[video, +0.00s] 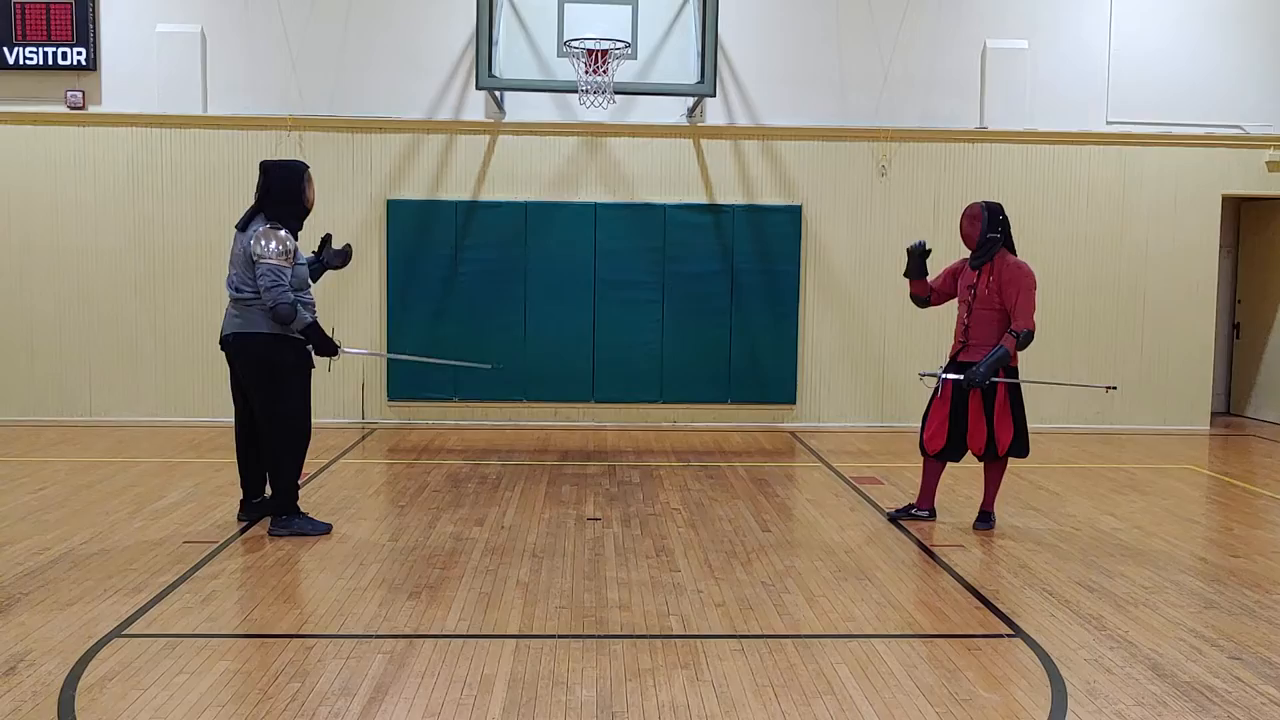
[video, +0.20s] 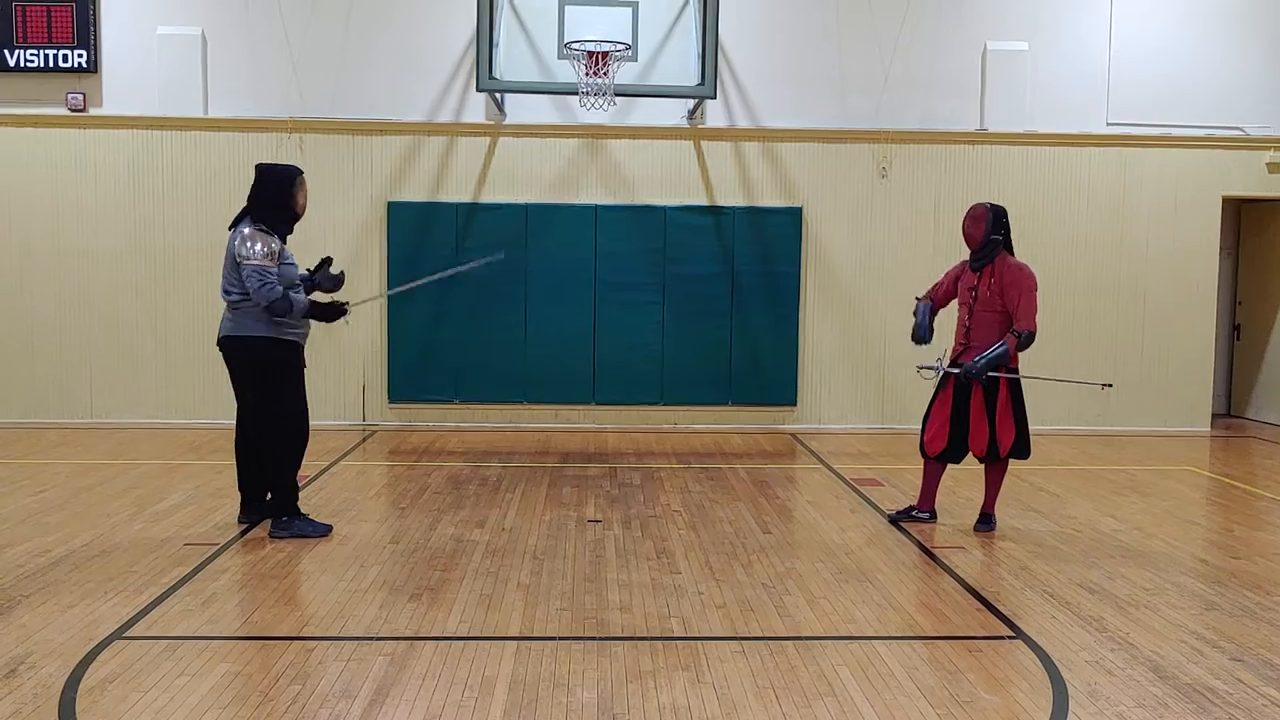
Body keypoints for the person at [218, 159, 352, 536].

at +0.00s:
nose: (314, 194)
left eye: (312, 186)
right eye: (309, 186)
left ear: (273, 189)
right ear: (293, 190)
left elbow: (282, 277)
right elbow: (277, 295)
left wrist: (320, 263)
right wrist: (313, 331)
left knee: (253, 421)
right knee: (291, 425)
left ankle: (253, 501)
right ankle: (286, 514)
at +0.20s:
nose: (306, 199)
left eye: (305, 192)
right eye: (301, 192)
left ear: (276, 196)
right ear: (283, 195)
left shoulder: (264, 233)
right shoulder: (256, 235)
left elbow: (279, 277)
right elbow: (267, 295)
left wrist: (312, 280)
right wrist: (313, 308)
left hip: (256, 340)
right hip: (263, 342)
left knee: (256, 423)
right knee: (290, 426)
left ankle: (254, 506)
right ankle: (286, 516)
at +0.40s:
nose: (299, 206)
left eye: (299, 197)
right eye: (295, 197)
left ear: (270, 196)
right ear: (276, 198)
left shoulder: (257, 238)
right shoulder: (250, 238)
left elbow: (286, 287)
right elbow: (282, 282)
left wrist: (314, 301)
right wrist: (332, 273)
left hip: (252, 346)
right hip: (255, 348)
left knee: (251, 426)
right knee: (281, 427)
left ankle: (254, 506)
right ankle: (286, 516)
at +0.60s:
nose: (293, 202)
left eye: (292, 194)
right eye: (289, 193)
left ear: (263, 195)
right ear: (270, 196)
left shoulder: (252, 234)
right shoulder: (250, 235)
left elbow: (270, 290)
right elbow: (287, 273)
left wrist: (303, 299)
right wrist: (333, 249)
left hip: (246, 344)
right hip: (251, 346)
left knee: (250, 429)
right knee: (273, 428)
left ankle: (255, 507)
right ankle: (281, 515)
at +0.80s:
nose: (292, 201)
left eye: (290, 193)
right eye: (287, 193)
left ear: (260, 196)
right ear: (268, 196)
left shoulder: (246, 233)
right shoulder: (251, 234)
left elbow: (259, 291)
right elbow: (290, 269)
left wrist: (297, 302)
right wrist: (330, 239)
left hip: (240, 342)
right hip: (252, 345)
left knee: (248, 429)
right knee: (271, 428)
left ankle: (254, 509)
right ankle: (279, 515)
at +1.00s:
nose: (293, 202)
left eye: (291, 194)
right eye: (288, 194)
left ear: (260, 198)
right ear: (270, 197)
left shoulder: (242, 235)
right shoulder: (254, 236)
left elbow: (253, 295)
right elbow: (294, 271)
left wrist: (293, 307)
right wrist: (332, 237)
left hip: (238, 343)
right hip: (254, 346)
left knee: (248, 429)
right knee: (273, 430)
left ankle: (252, 511)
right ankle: (276, 517)